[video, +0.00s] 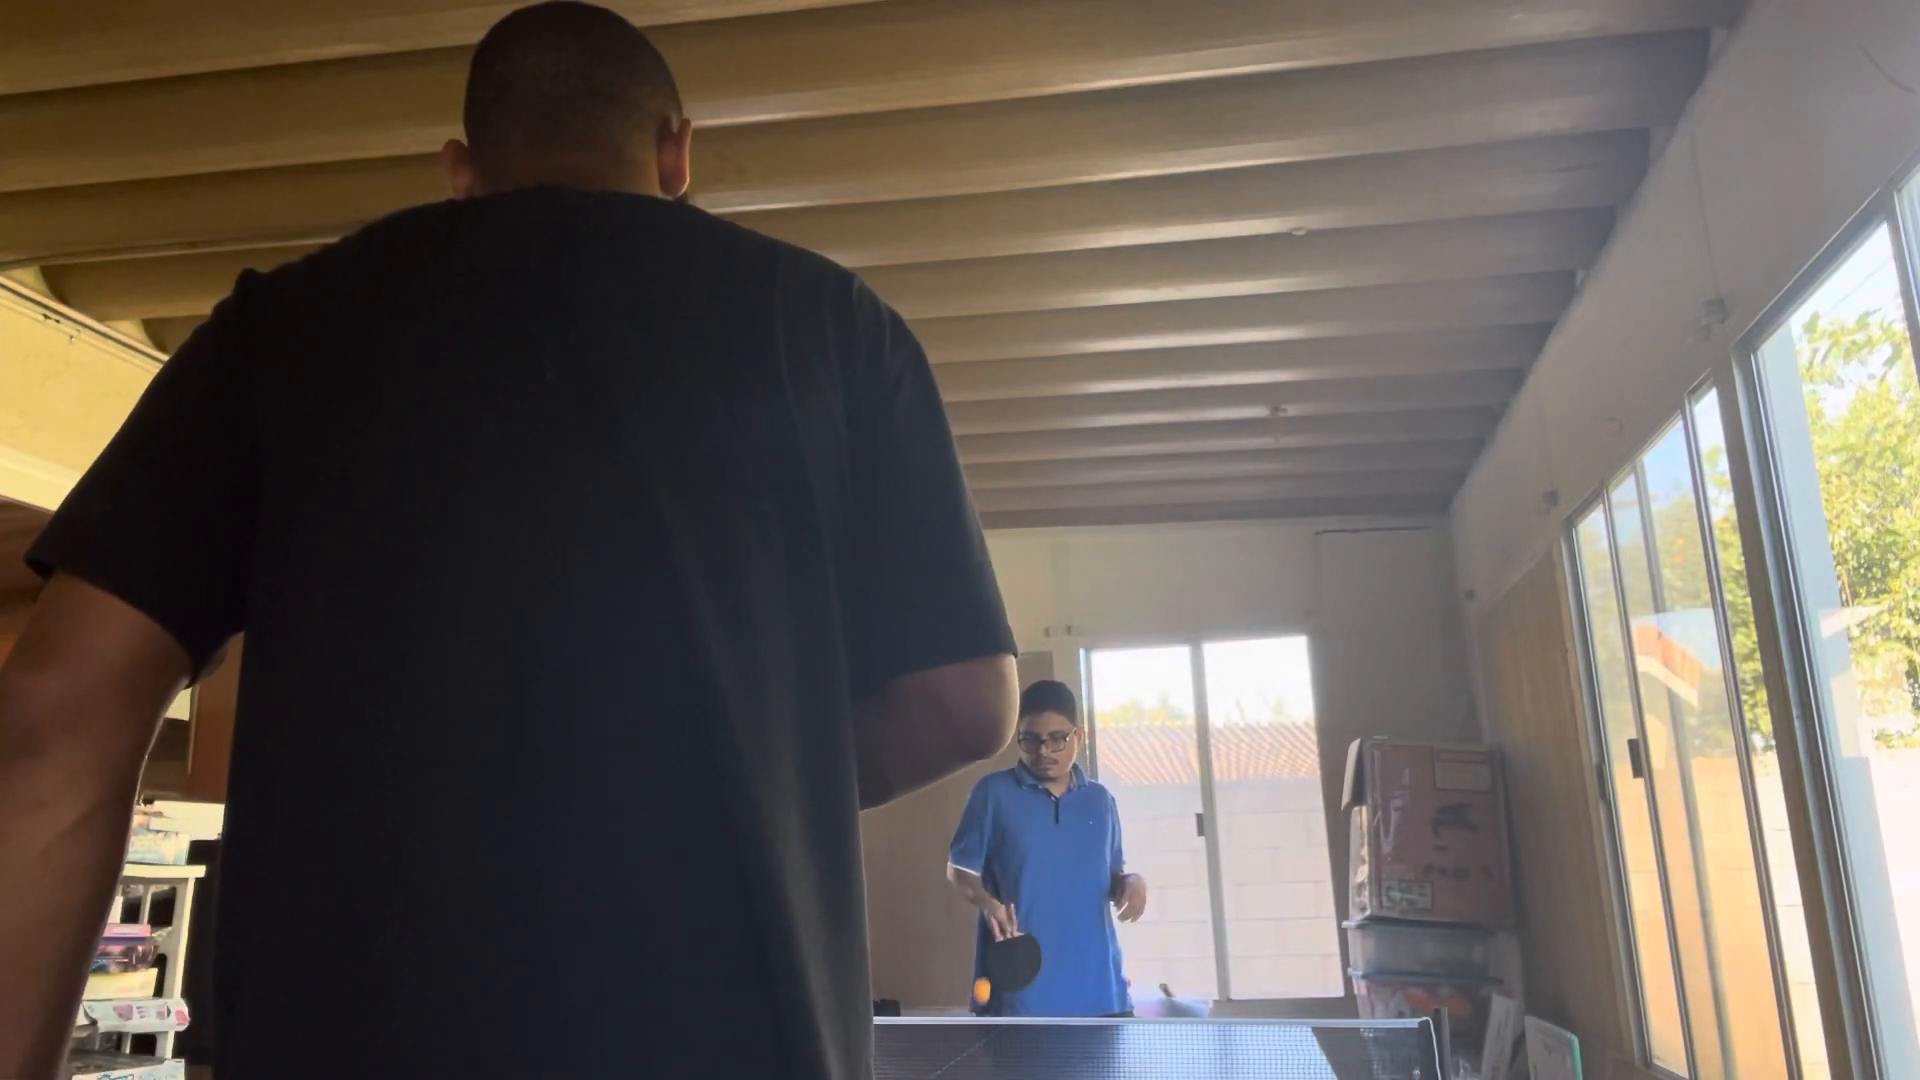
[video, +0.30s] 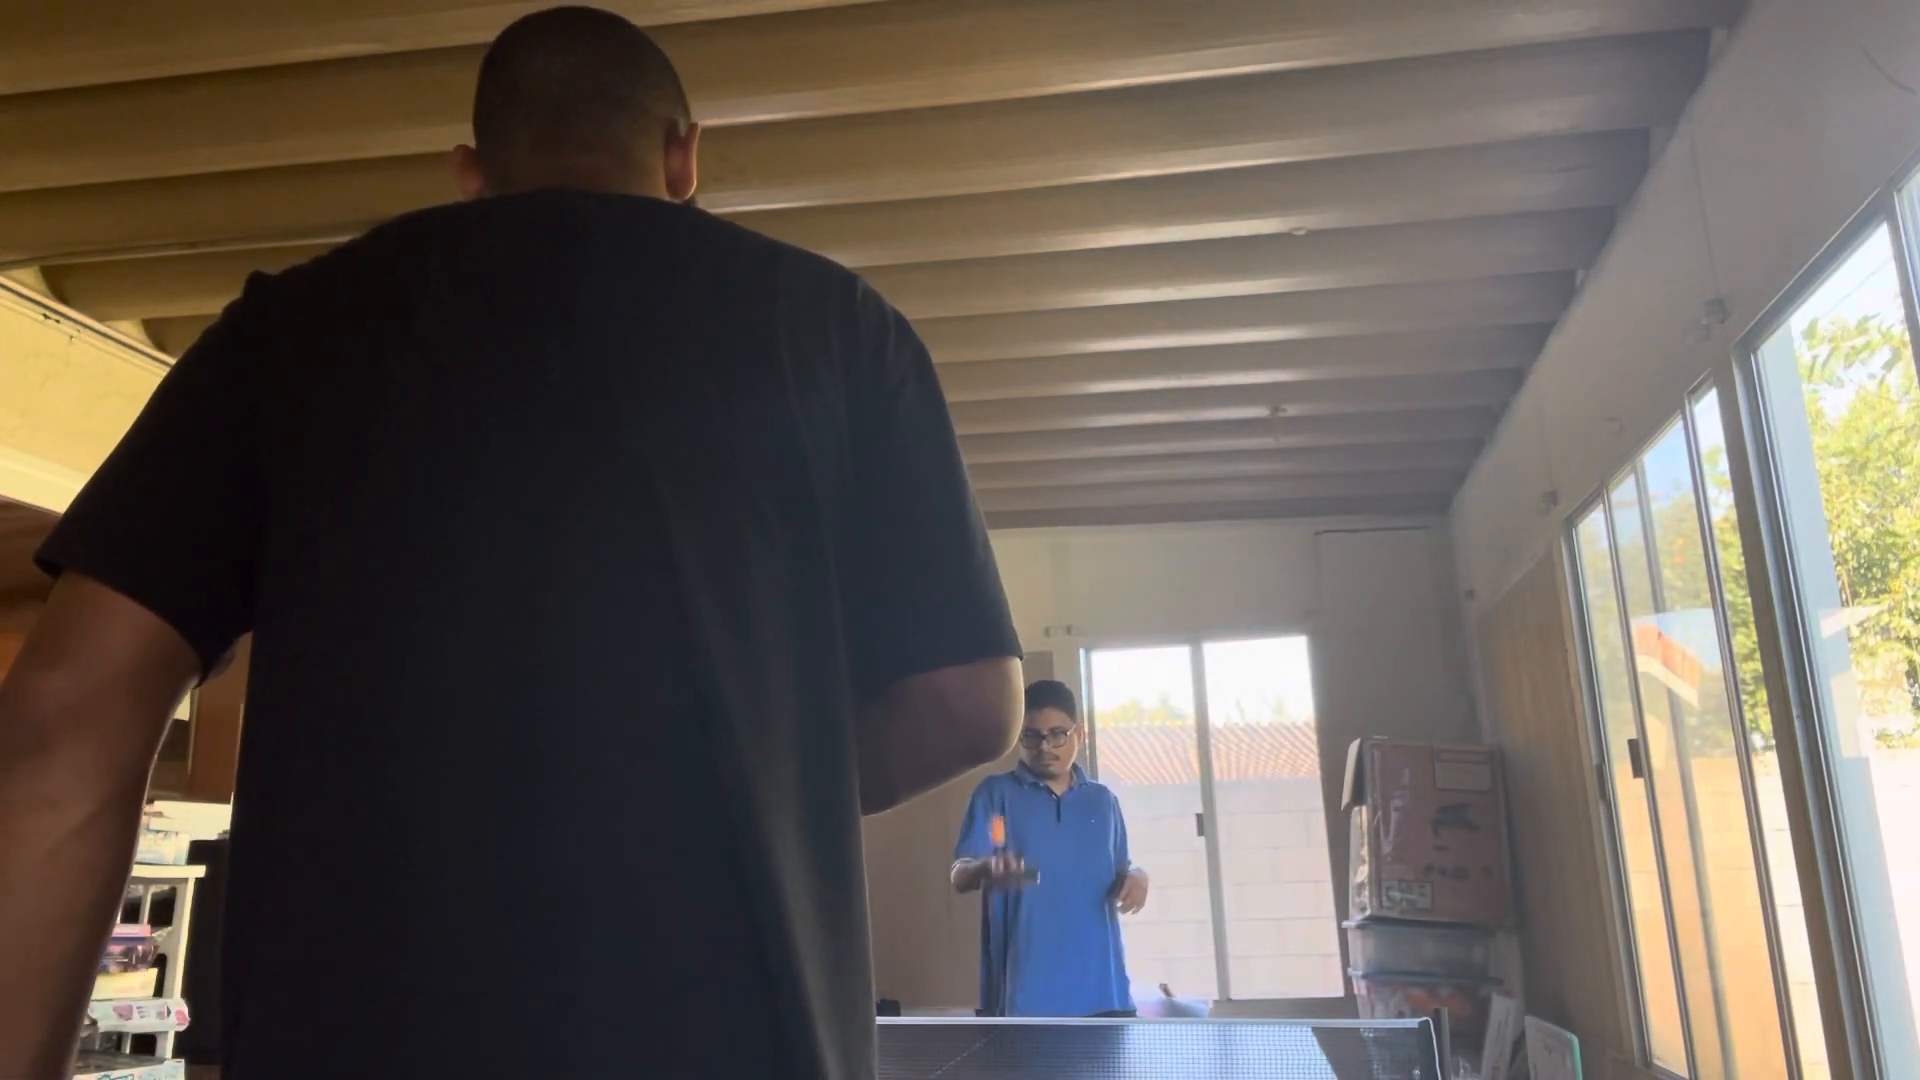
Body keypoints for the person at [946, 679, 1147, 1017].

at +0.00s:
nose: (1044, 751)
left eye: (1057, 738)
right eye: (1031, 739)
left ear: (1078, 738)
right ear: (1017, 738)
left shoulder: (1100, 801)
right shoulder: (994, 794)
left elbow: (1111, 879)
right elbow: (959, 870)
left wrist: (1133, 882)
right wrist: (988, 903)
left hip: (1097, 993)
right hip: (1022, 996)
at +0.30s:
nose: (1045, 746)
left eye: (1057, 734)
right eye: (1032, 736)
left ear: (1079, 736)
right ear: (1019, 738)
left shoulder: (1102, 801)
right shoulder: (996, 794)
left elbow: (1118, 879)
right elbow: (959, 877)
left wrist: (1137, 878)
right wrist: (986, 868)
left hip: (1100, 994)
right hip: (1023, 997)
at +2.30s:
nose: (1069, 746)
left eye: (1078, 737)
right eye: (1058, 736)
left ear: (1091, 742)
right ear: (1029, 736)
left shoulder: (1110, 800)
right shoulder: (1011, 796)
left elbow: (1124, 875)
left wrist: (1145, 878)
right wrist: (1036, 859)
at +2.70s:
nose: (1084, 755)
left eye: (1091, 744)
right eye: (1071, 744)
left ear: (1098, 746)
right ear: (1042, 746)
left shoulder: (1108, 801)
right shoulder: (1019, 799)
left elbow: (1114, 884)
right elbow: (985, 876)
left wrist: (1168, 878)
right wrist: (1071, 853)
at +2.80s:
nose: (1084, 746)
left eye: (1091, 736)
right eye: (1070, 736)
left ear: (1100, 739)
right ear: (1038, 737)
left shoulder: (1105, 801)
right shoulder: (1013, 800)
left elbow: (1118, 882)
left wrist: (1169, 876)